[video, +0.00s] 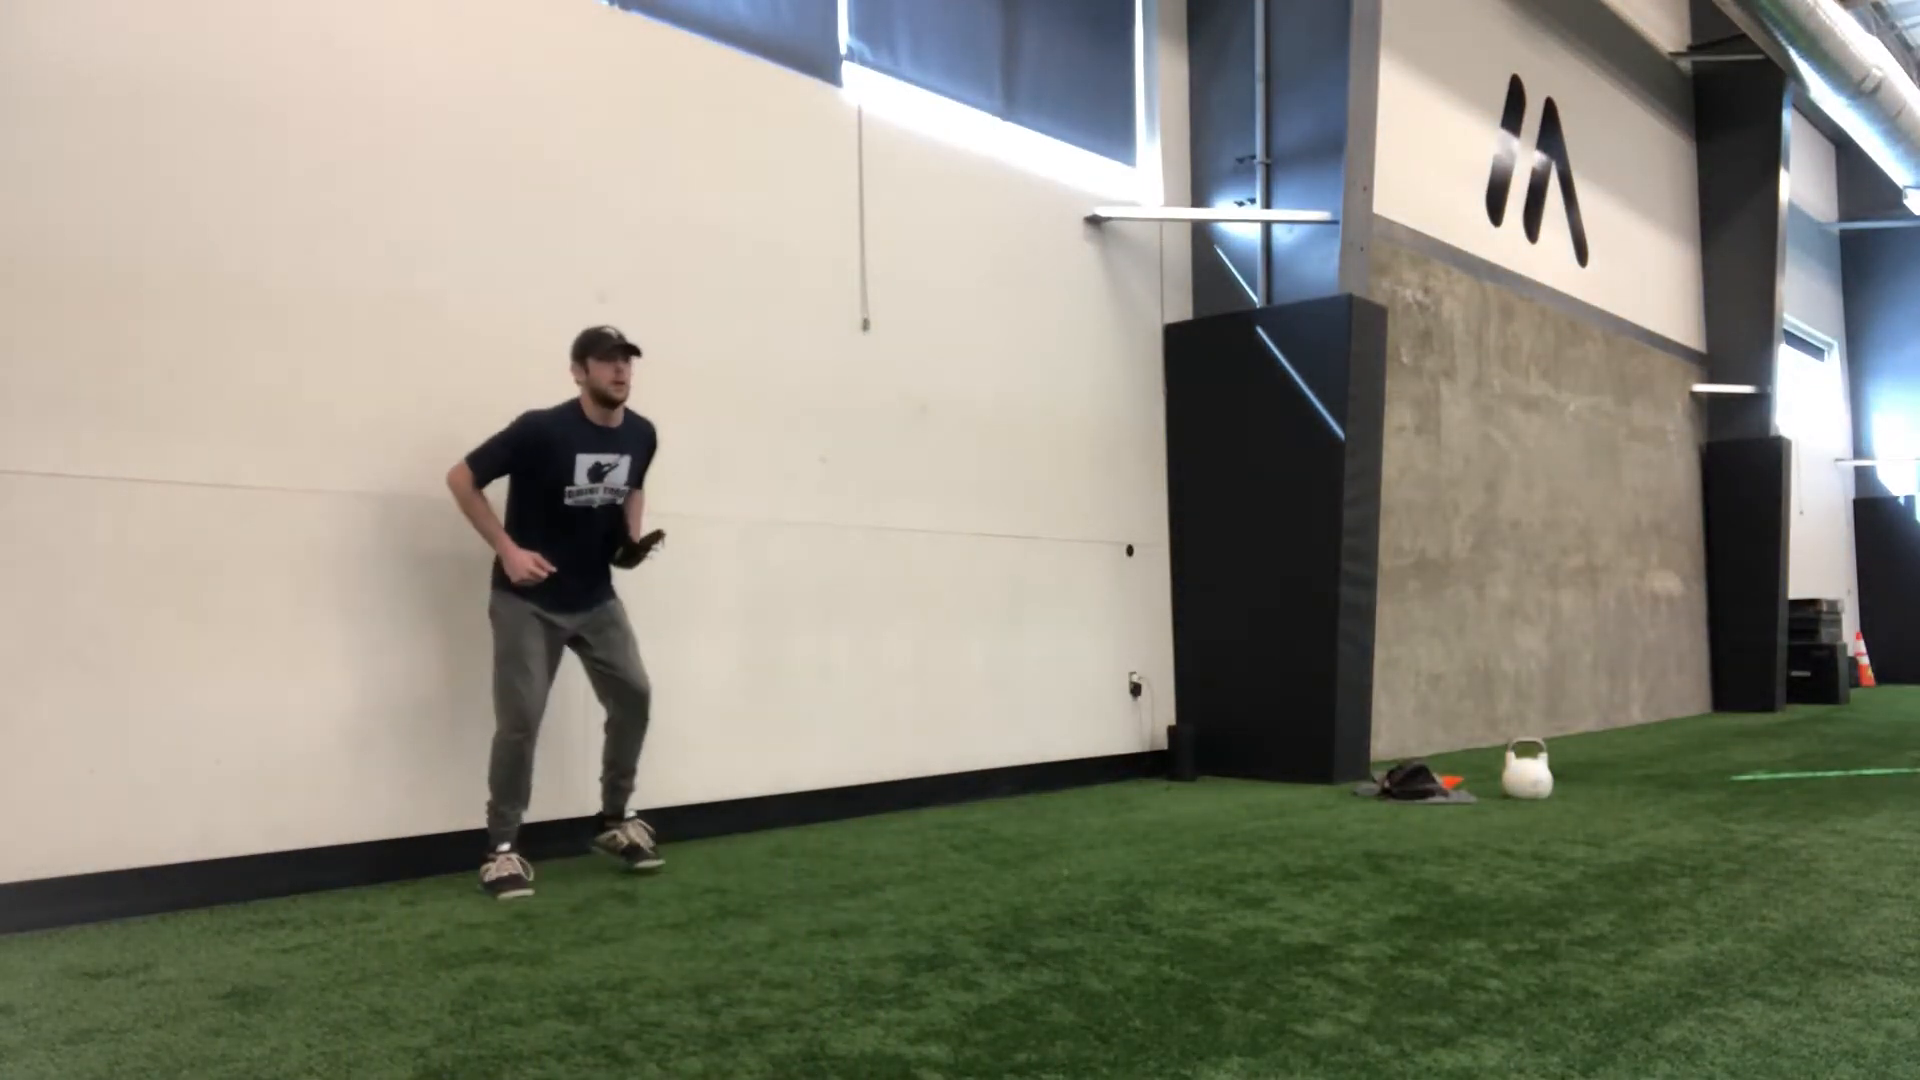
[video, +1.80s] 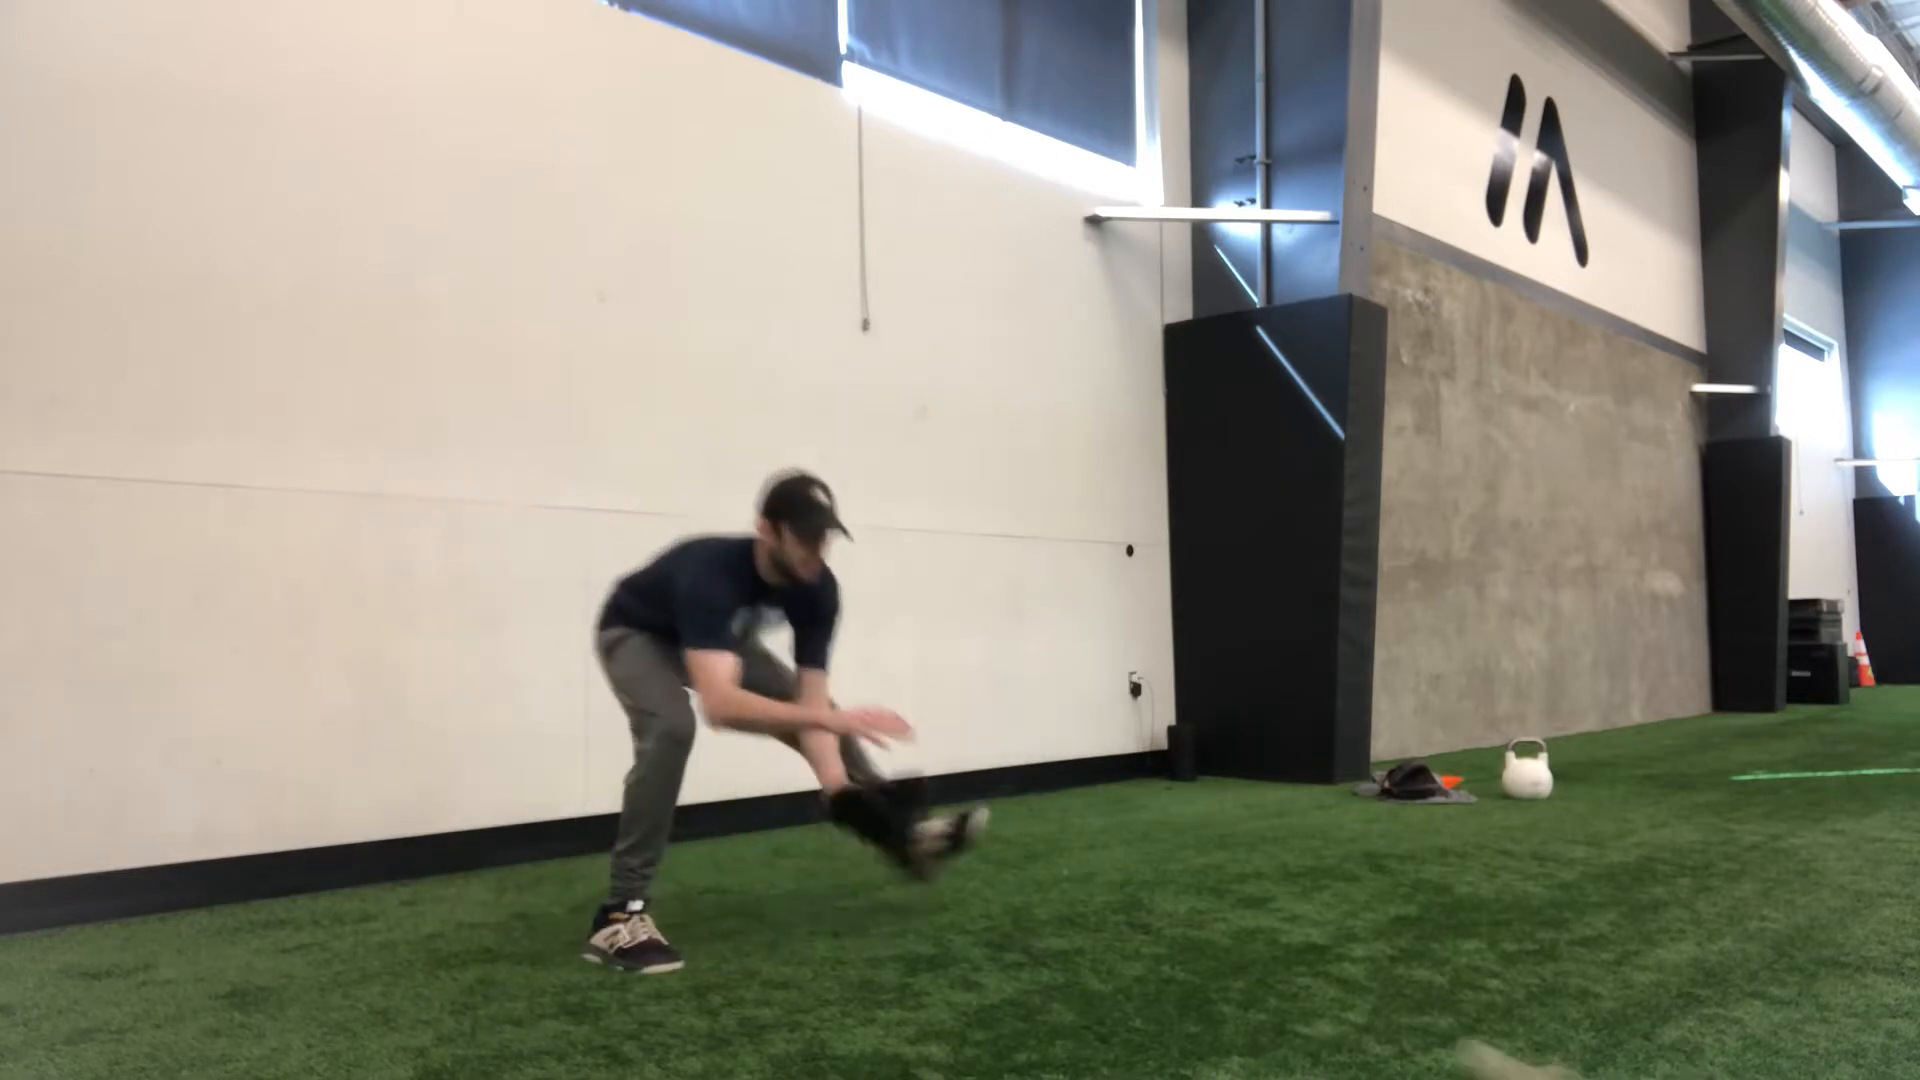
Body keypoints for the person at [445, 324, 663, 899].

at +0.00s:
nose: (621, 372)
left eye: (626, 362)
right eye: (608, 363)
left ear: (633, 371)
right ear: (580, 371)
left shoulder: (640, 436)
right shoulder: (540, 430)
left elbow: (633, 491)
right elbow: (462, 479)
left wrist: (634, 539)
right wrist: (506, 550)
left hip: (595, 598)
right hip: (529, 599)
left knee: (633, 696)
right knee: (520, 719)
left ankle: (614, 823)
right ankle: (502, 850)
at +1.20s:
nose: (704, 428)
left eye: (709, 417)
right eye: (690, 416)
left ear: (714, 424)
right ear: (657, 422)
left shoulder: (707, 500)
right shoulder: (602, 477)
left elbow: (697, 573)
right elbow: (506, 512)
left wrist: (708, 585)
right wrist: (529, 601)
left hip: (626, 622)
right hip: (564, 618)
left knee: (659, 736)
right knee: (597, 728)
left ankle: (625, 866)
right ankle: (527, 826)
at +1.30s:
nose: (723, 424)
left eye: (728, 412)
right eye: (709, 411)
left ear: (733, 418)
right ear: (674, 417)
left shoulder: (724, 498)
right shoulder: (619, 472)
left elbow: (720, 582)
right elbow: (516, 508)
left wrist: (731, 602)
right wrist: (541, 600)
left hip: (635, 612)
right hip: (574, 601)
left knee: (669, 739)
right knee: (617, 700)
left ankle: (623, 861)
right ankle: (581, 870)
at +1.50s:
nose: (752, 453)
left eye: (756, 440)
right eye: (739, 441)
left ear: (757, 441)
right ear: (701, 441)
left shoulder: (752, 512)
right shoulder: (647, 502)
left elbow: (762, 601)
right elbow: (541, 578)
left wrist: (771, 647)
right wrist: (611, 649)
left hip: (660, 631)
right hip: (596, 631)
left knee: (740, 700)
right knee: (653, 732)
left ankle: (603, 775)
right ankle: (622, 915)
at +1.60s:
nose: (768, 483)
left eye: (773, 470)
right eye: (756, 470)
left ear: (776, 468)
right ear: (716, 468)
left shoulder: (773, 530)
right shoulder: (662, 526)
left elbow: (782, 630)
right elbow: (594, 634)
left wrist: (792, 678)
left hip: (676, 634)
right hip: (607, 636)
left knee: (770, 680)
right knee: (668, 732)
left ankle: (628, 775)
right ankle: (622, 914)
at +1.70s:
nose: (788, 513)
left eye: (794, 500)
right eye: (776, 500)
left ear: (800, 496)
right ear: (737, 496)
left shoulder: (790, 553)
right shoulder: (681, 549)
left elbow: (798, 655)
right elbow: (661, 676)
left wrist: (810, 728)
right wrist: (778, 698)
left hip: (692, 628)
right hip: (617, 634)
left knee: (792, 674)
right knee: (671, 733)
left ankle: (781, 812)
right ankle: (621, 913)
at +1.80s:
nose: (817, 556)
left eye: (823, 542)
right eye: (805, 542)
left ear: (829, 535)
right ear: (767, 531)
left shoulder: (816, 590)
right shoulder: (708, 573)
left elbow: (812, 704)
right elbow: (720, 704)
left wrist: (835, 786)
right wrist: (832, 719)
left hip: (719, 639)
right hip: (638, 633)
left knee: (818, 720)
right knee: (669, 730)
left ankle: (904, 837)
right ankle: (622, 913)